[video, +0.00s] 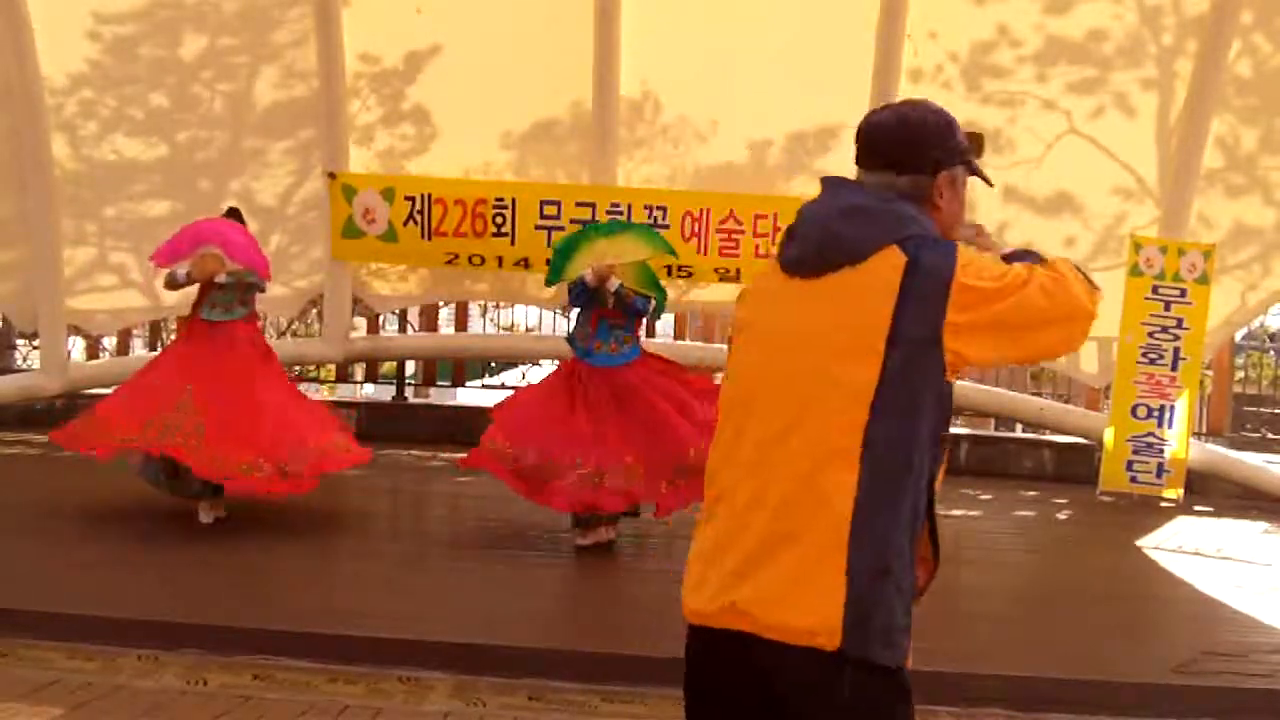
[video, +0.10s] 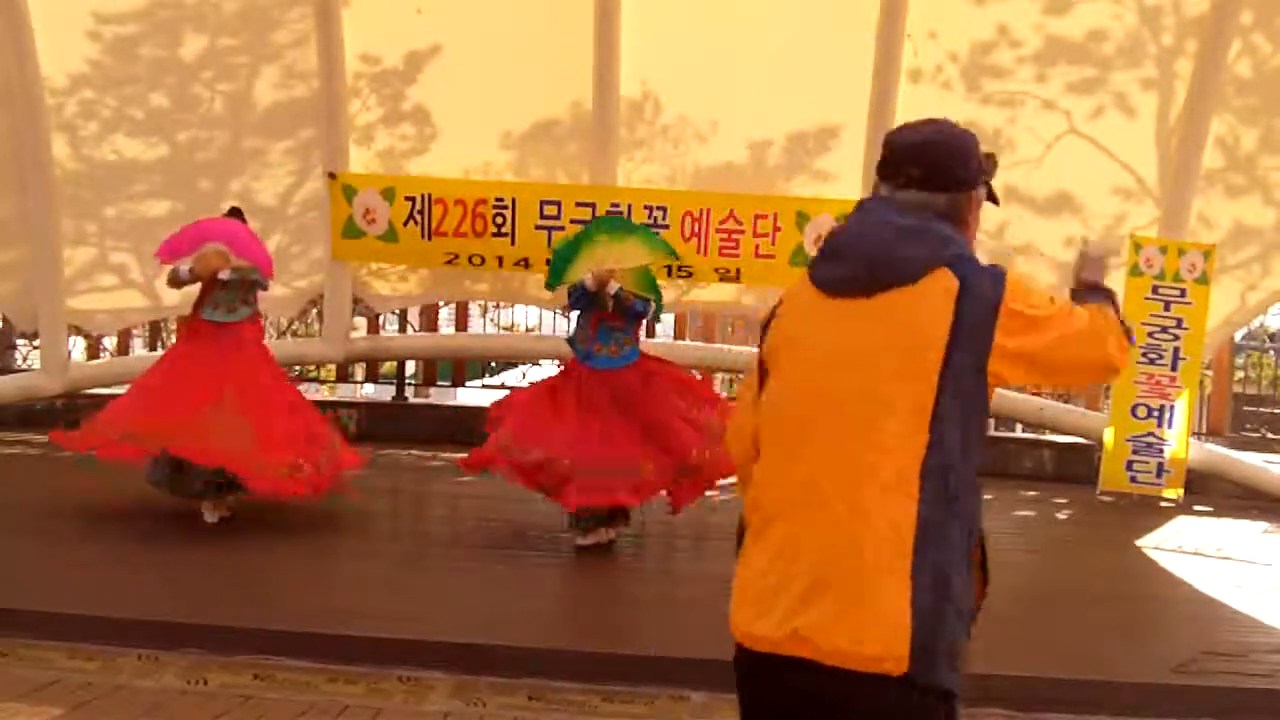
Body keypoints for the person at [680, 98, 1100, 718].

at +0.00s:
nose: (967, 206)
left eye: (968, 187)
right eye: (967, 187)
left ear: (866, 177)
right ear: (942, 189)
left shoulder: (771, 274)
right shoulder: (929, 272)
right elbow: (1068, 303)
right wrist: (993, 254)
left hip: (718, 620)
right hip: (833, 633)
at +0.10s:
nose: (982, 217)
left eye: (982, 201)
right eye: (981, 201)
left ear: (886, 196)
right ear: (969, 206)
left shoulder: (799, 298)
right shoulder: (976, 294)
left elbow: (743, 440)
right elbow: (1099, 348)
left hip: (768, 636)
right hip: (888, 643)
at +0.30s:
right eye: (1003, 195)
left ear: (905, 188)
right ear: (999, 199)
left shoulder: (826, 282)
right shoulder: (1025, 289)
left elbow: (717, 410)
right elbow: (1078, 296)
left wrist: (731, 464)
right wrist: (1080, 266)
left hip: (814, 611)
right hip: (937, 622)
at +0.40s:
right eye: (988, 194)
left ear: (899, 190)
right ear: (991, 199)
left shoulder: (827, 283)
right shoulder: (1021, 289)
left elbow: (714, 411)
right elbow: (1048, 285)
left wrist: (720, 457)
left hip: (834, 621)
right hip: (956, 626)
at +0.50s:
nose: (878, 216)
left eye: (880, 206)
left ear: (886, 211)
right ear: (978, 220)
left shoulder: (828, 304)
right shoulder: (1012, 302)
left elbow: (727, 434)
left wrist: (741, 477)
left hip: (851, 627)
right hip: (971, 632)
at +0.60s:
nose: (876, 234)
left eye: (879, 221)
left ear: (885, 222)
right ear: (971, 225)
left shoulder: (842, 310)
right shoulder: (1012, 307)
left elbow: (755, 452)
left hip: (870, 629)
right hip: (985, 630)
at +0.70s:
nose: (880, 241)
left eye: (882, 227)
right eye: (883, 227)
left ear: (892, 224)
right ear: (970, 224)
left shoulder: (865, 314)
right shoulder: (1017, 311)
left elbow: (777, 453)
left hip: (895, 634)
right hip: (1002, 632)